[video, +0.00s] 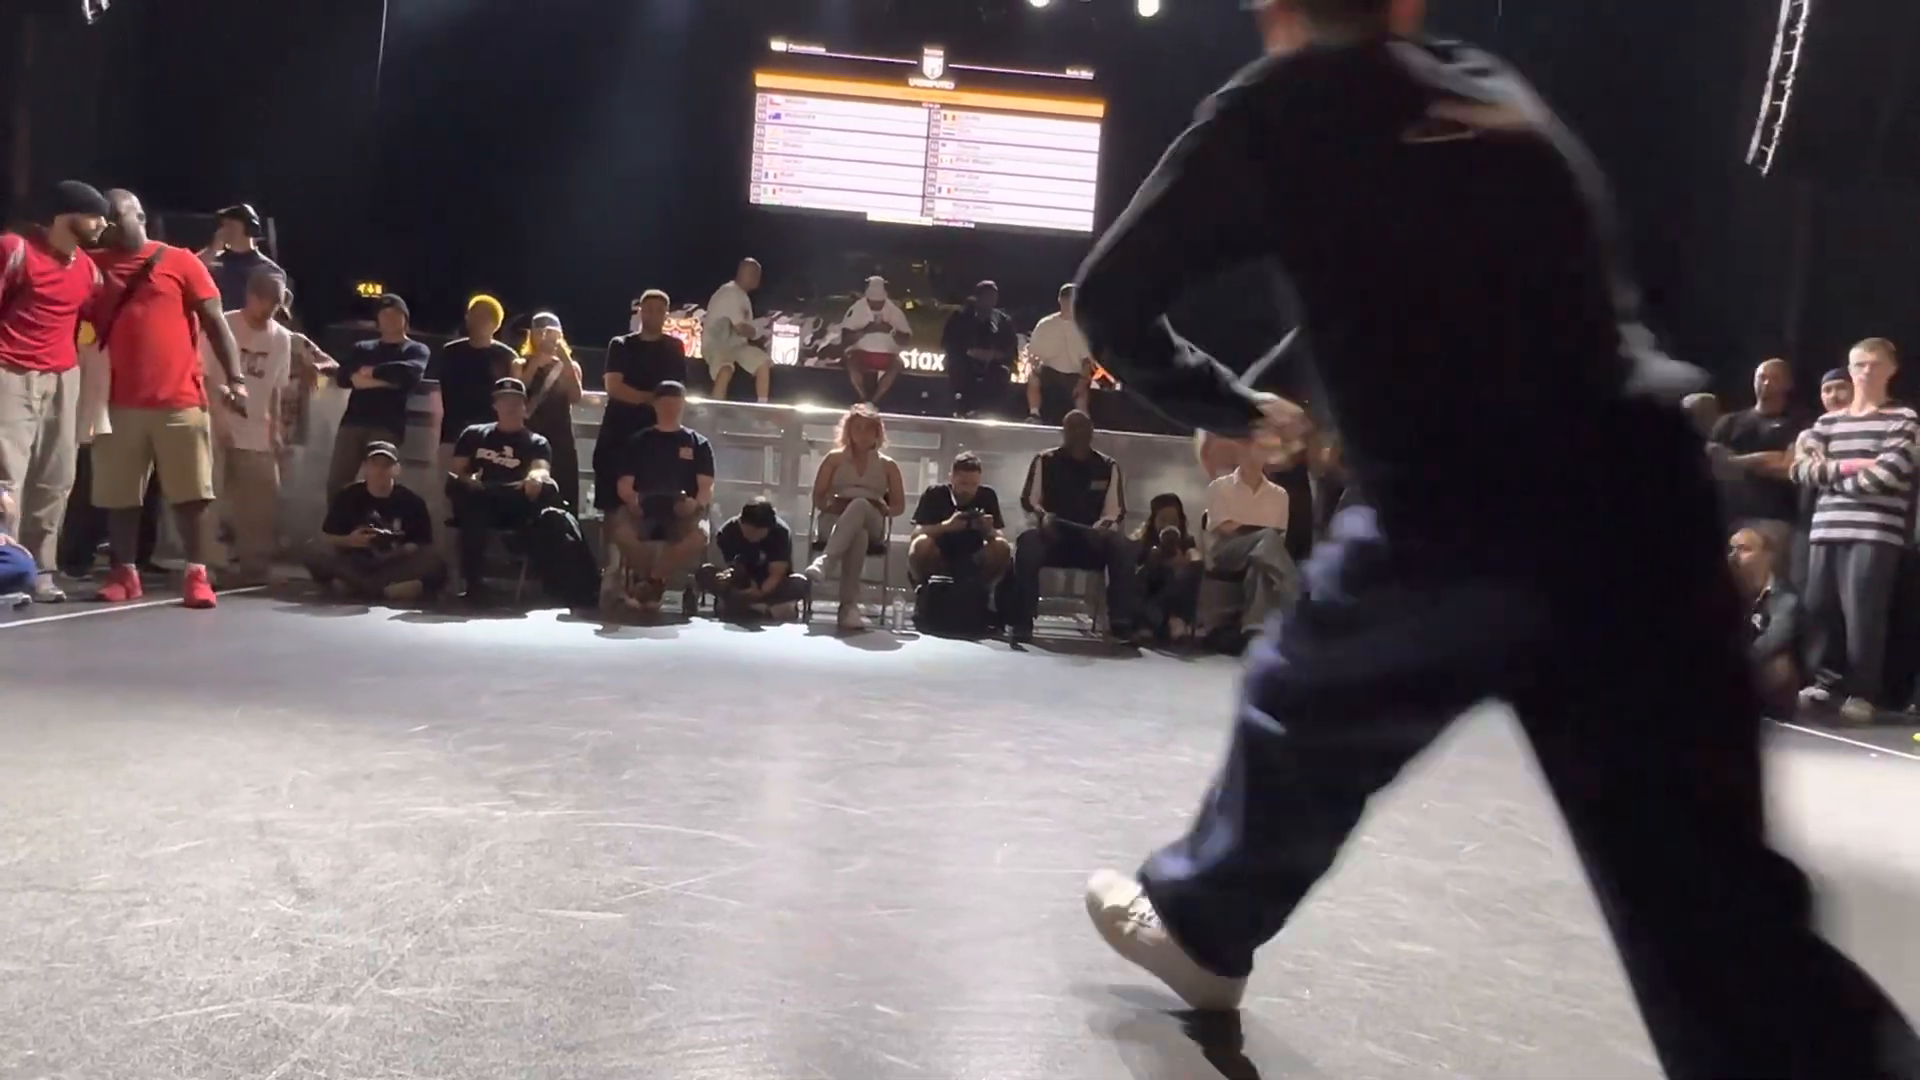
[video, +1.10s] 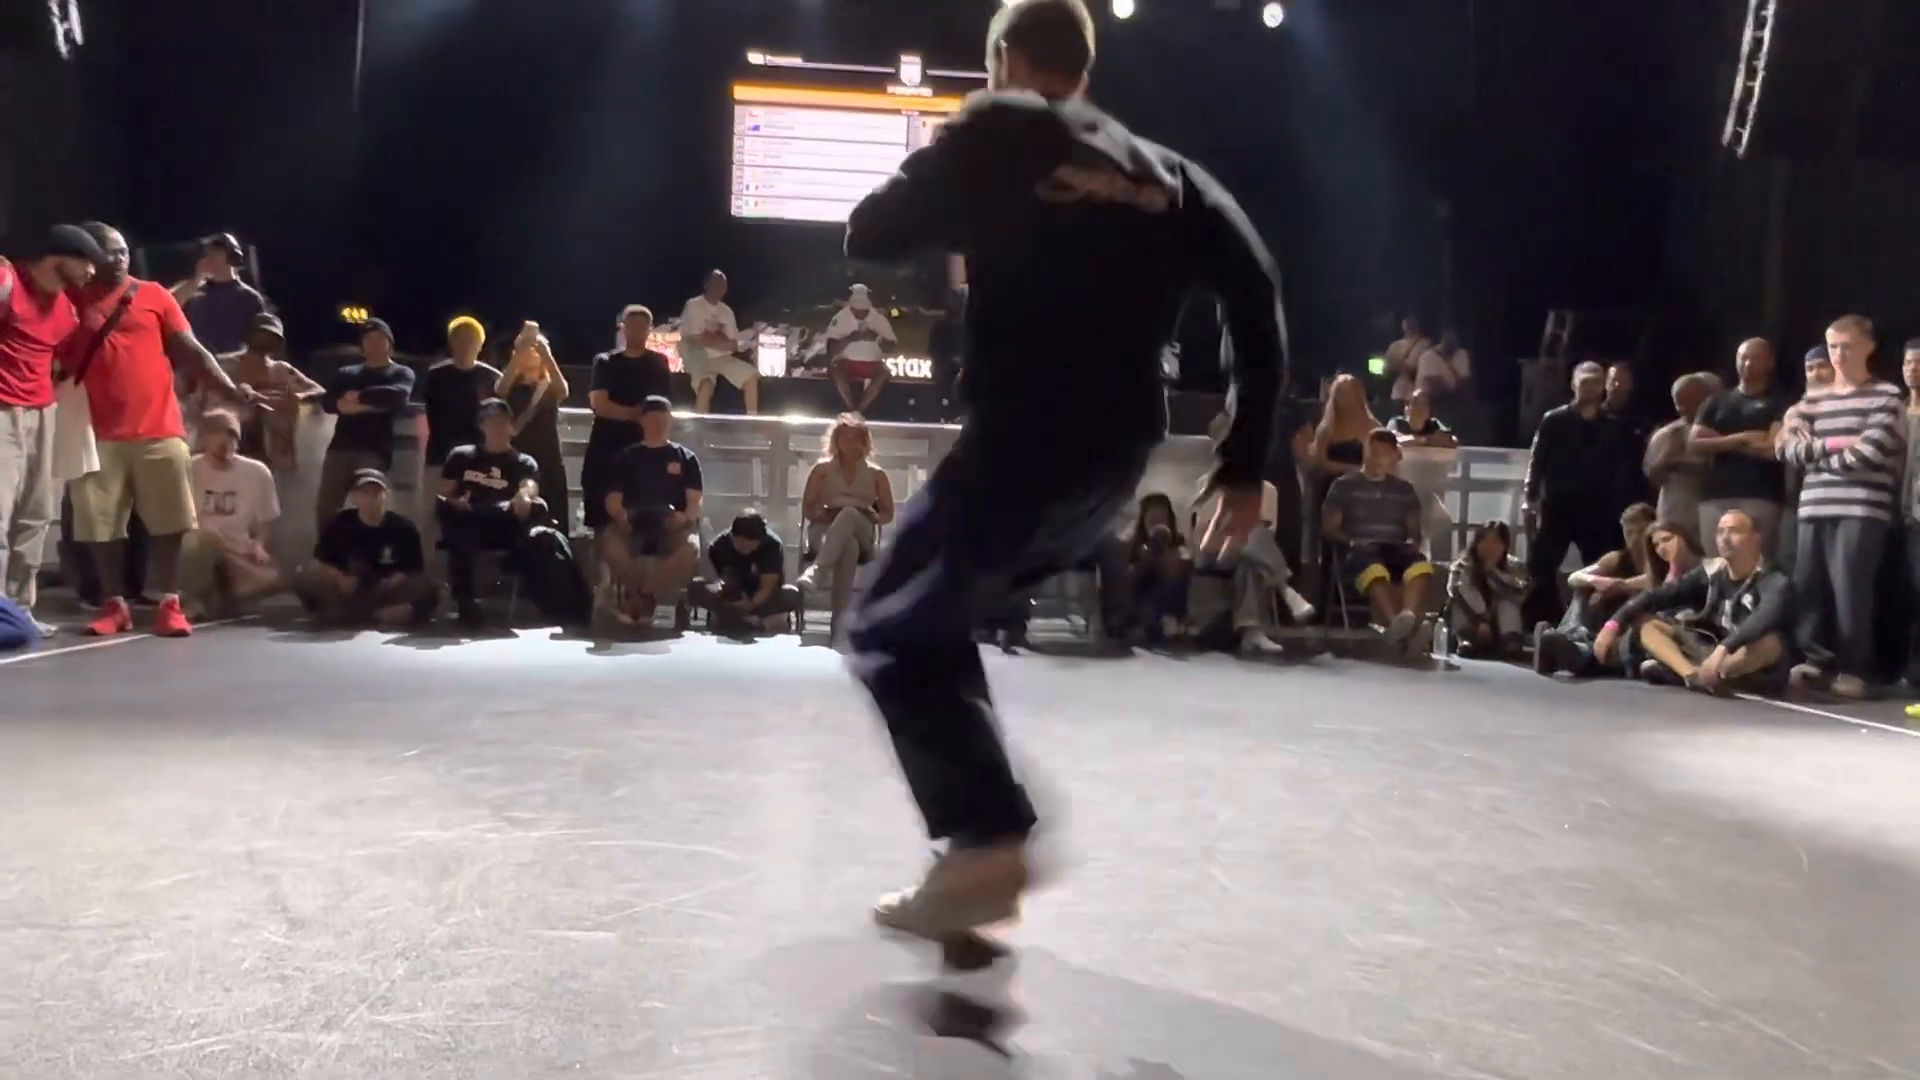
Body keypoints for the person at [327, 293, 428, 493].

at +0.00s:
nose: (391, 319)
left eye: (396, 314)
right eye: (386, 314)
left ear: (405, 319)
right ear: (378, 320)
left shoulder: (417, 350)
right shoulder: (363, 347)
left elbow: (410, 375)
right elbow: (342, 378)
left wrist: (369, 371)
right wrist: (386, 382)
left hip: (387, 424)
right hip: (354, 421)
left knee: (378, 487)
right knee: (337, 483)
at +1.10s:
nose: (374, 344)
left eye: (379, 338)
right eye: (369, 339)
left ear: (389, 344)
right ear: (362, 344)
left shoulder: (402, 373)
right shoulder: (347, 372)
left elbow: (398, 397)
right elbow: (328, 403)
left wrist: (358, 397)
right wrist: (371, 405)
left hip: (374, 449)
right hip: (342, 446)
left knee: (368, 509)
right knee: (326, 507)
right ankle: (325, 555)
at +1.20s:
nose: (376, 352)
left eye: (382, 346)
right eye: (372, 347)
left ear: (393, 351)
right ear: (366, 352)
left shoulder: (406, 380)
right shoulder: (351, 380)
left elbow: (401, 405)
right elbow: (332, 411)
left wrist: (361, 404)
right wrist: (373, 413)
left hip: (378, 456)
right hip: (346, 453)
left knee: (371, 517)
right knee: (330, 516)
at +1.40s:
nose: (376, 356)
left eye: (382, 351)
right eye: (372, 351)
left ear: (393, 356)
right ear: (366, 356)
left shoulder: (406, 384)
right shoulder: (352, 384)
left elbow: (401, 408)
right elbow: (333, 416)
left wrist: (361, 408)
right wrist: (376, 418)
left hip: (377, 462)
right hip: (345, 460)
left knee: (373, 523)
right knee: (330, 521)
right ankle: (329, 571)